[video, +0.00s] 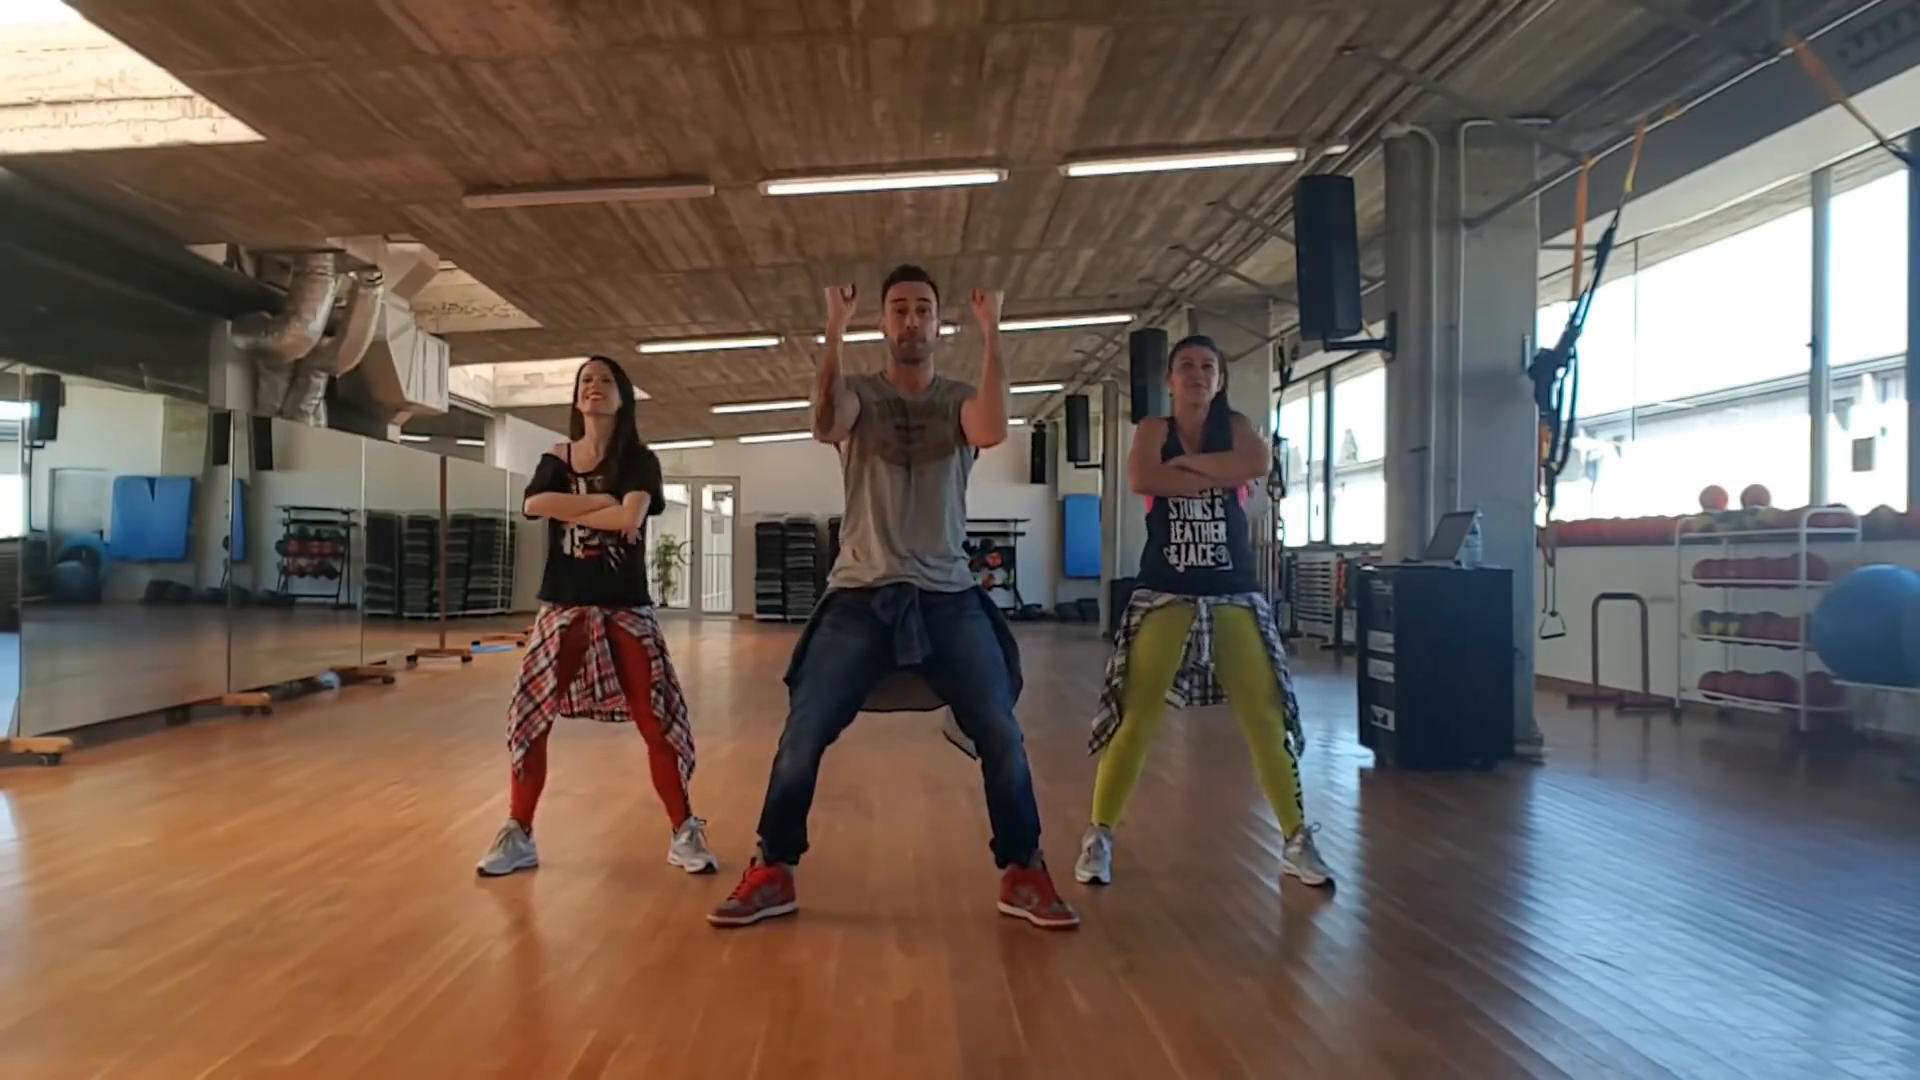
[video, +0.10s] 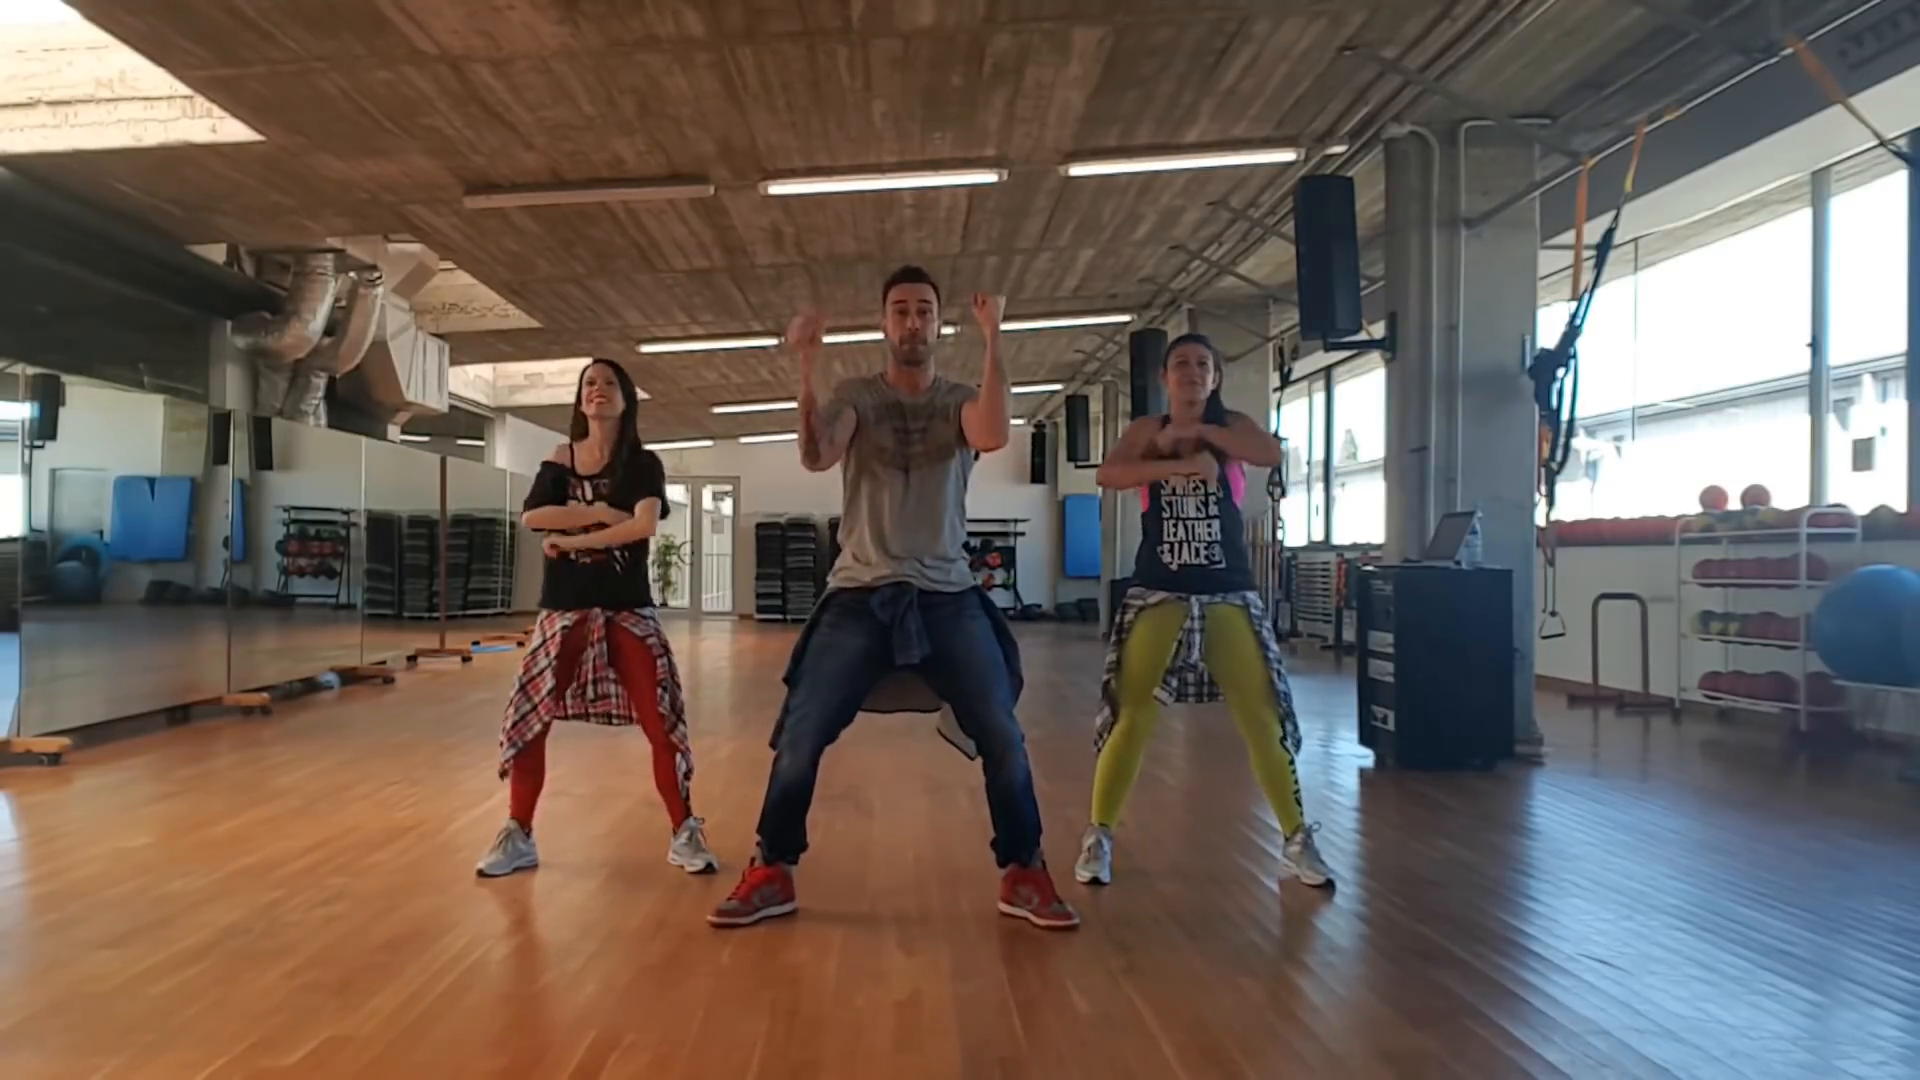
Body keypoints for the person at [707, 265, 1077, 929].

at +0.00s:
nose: (911, 318)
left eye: (921, 309)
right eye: (899, 308)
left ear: (939, 324)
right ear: (881, 323)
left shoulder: (957, 396)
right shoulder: (858, 395)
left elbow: (989, 429)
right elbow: (826, 423)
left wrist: (991, 339)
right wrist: (833, 336)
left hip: (947, 590)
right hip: (860, 588)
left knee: (999, 727)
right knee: (805, 727)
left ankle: (1023, 873)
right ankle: (774, 871)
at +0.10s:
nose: (912, 320)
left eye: (923, 311)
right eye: (900, 310)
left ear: (939, 325)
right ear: (882, 323)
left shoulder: (957, 395)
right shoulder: (856, 396)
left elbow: (990, 434)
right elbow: (815, 456)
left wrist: (992, 343)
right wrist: (807, 368)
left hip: (947, 589)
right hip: (860, 587)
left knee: (1000, 728)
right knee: (802, 728)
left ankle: (1023, 873)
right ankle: (773, 872)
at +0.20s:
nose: (917, 321)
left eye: (927, 311)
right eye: (905, 310)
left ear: (943, 324)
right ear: (886, 322)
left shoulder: (962, 396)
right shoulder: (855, 397)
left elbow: (996, 431)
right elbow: (805, 458)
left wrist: (997, 338)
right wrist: (775, 398)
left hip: (949, 589)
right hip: (861, 585)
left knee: (1004, 726)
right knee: (804, 721)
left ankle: (1026, 872)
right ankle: (769, 869)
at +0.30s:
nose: (924, 320)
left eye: (935, 310)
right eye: (913, 309)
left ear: (951, 322)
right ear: (893, 321)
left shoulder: (970, 397)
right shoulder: (861, 395)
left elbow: (1005, 428)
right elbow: (792, 449)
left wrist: (1004, 333)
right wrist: (754, 399)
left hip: (957, 592)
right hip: (869, 590)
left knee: (1019, 728)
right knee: (807, 724)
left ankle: (1034, 868)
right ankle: (754, 863)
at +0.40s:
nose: (931, 330)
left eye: (942, 320)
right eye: (919, 319)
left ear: (958, 331)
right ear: (900, 330)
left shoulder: (980, 402)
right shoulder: (871, 409)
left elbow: (1005, 436)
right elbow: (793, 461)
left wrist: (995, 338)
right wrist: (755, 391)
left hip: (975, 601)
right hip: (889, 600)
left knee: (1032, 739)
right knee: (820, 739)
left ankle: (1032, 873)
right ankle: (758, 864)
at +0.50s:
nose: (934, 345)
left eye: (945, 333)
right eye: (922, 333)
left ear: (961, 342)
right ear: (904, 342)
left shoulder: (985, 410)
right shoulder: (878, 421)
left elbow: (990, 446)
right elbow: (805, 468)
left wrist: (972, 349)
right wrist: (764, 383)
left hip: (984, 606)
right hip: (897, 606)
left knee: (1031, 740)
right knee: (829, 743)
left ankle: (1033, 874)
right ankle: (809, 874)